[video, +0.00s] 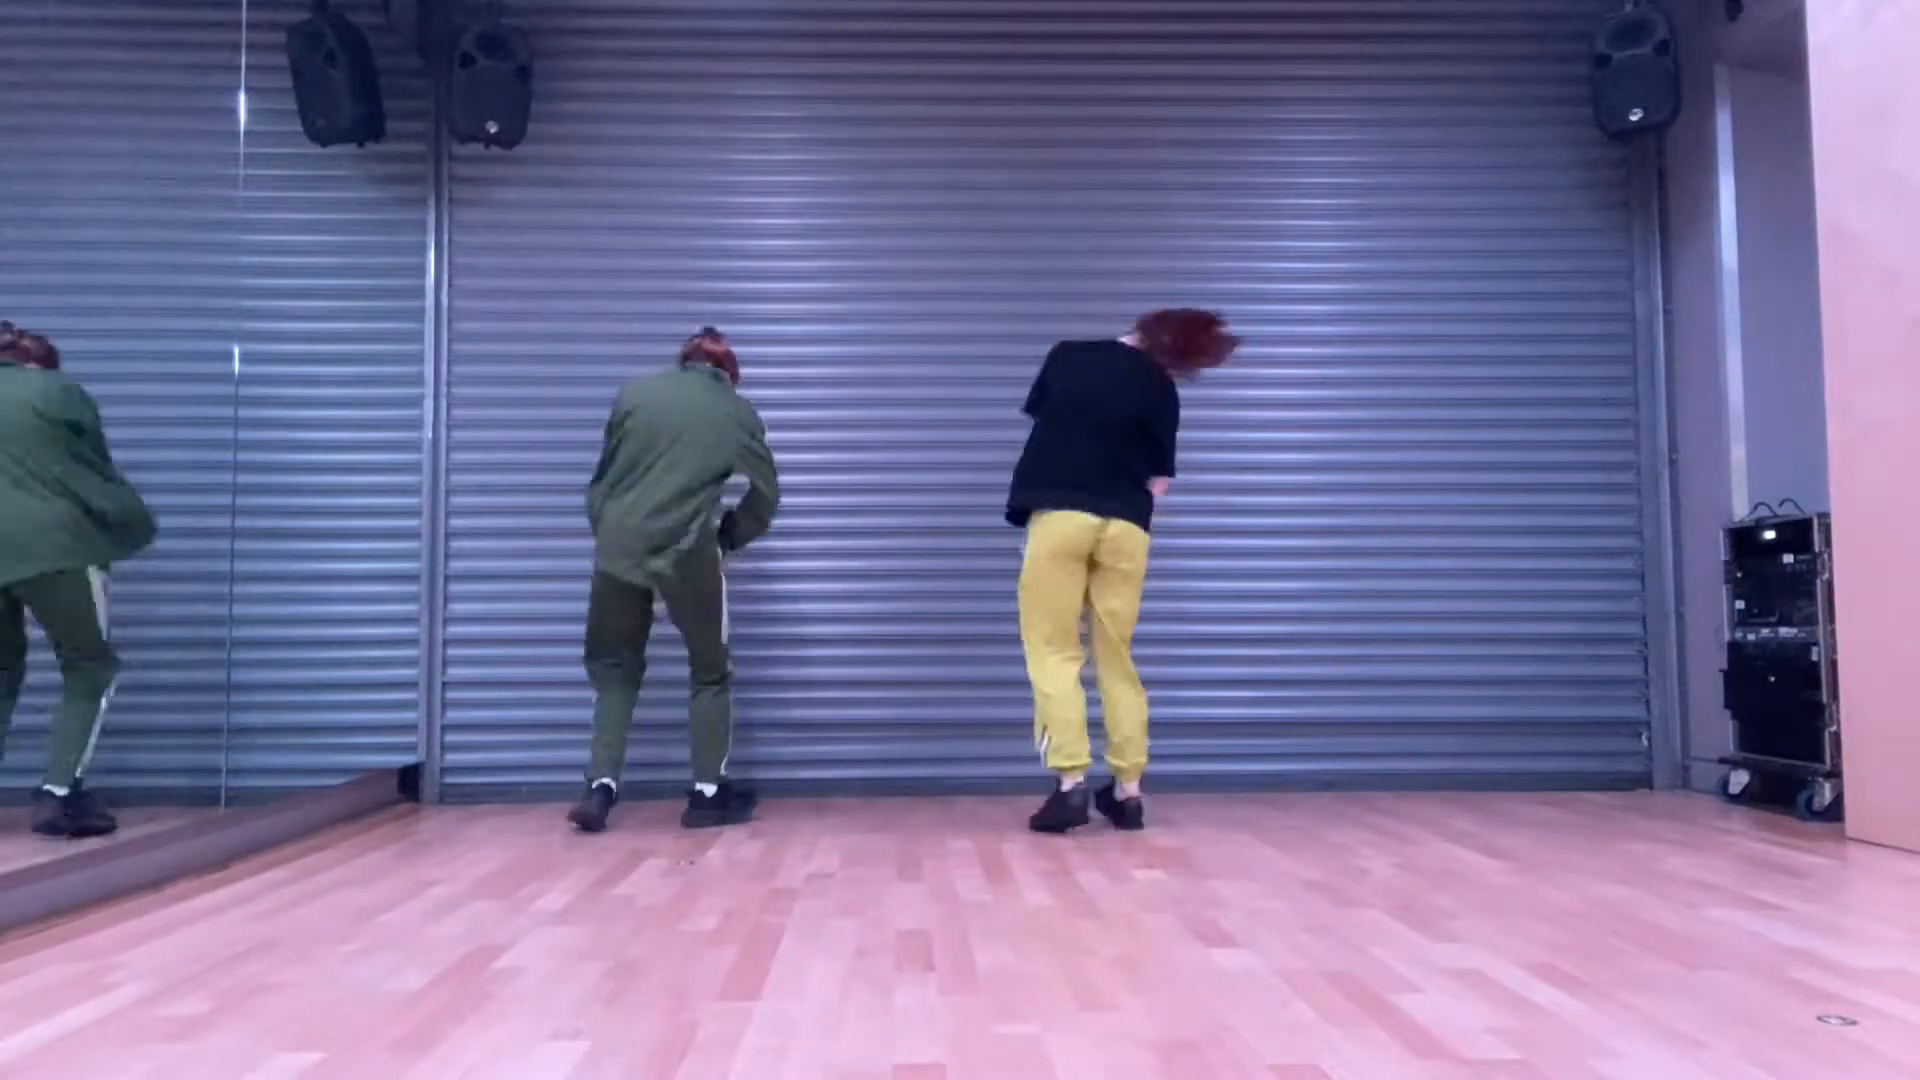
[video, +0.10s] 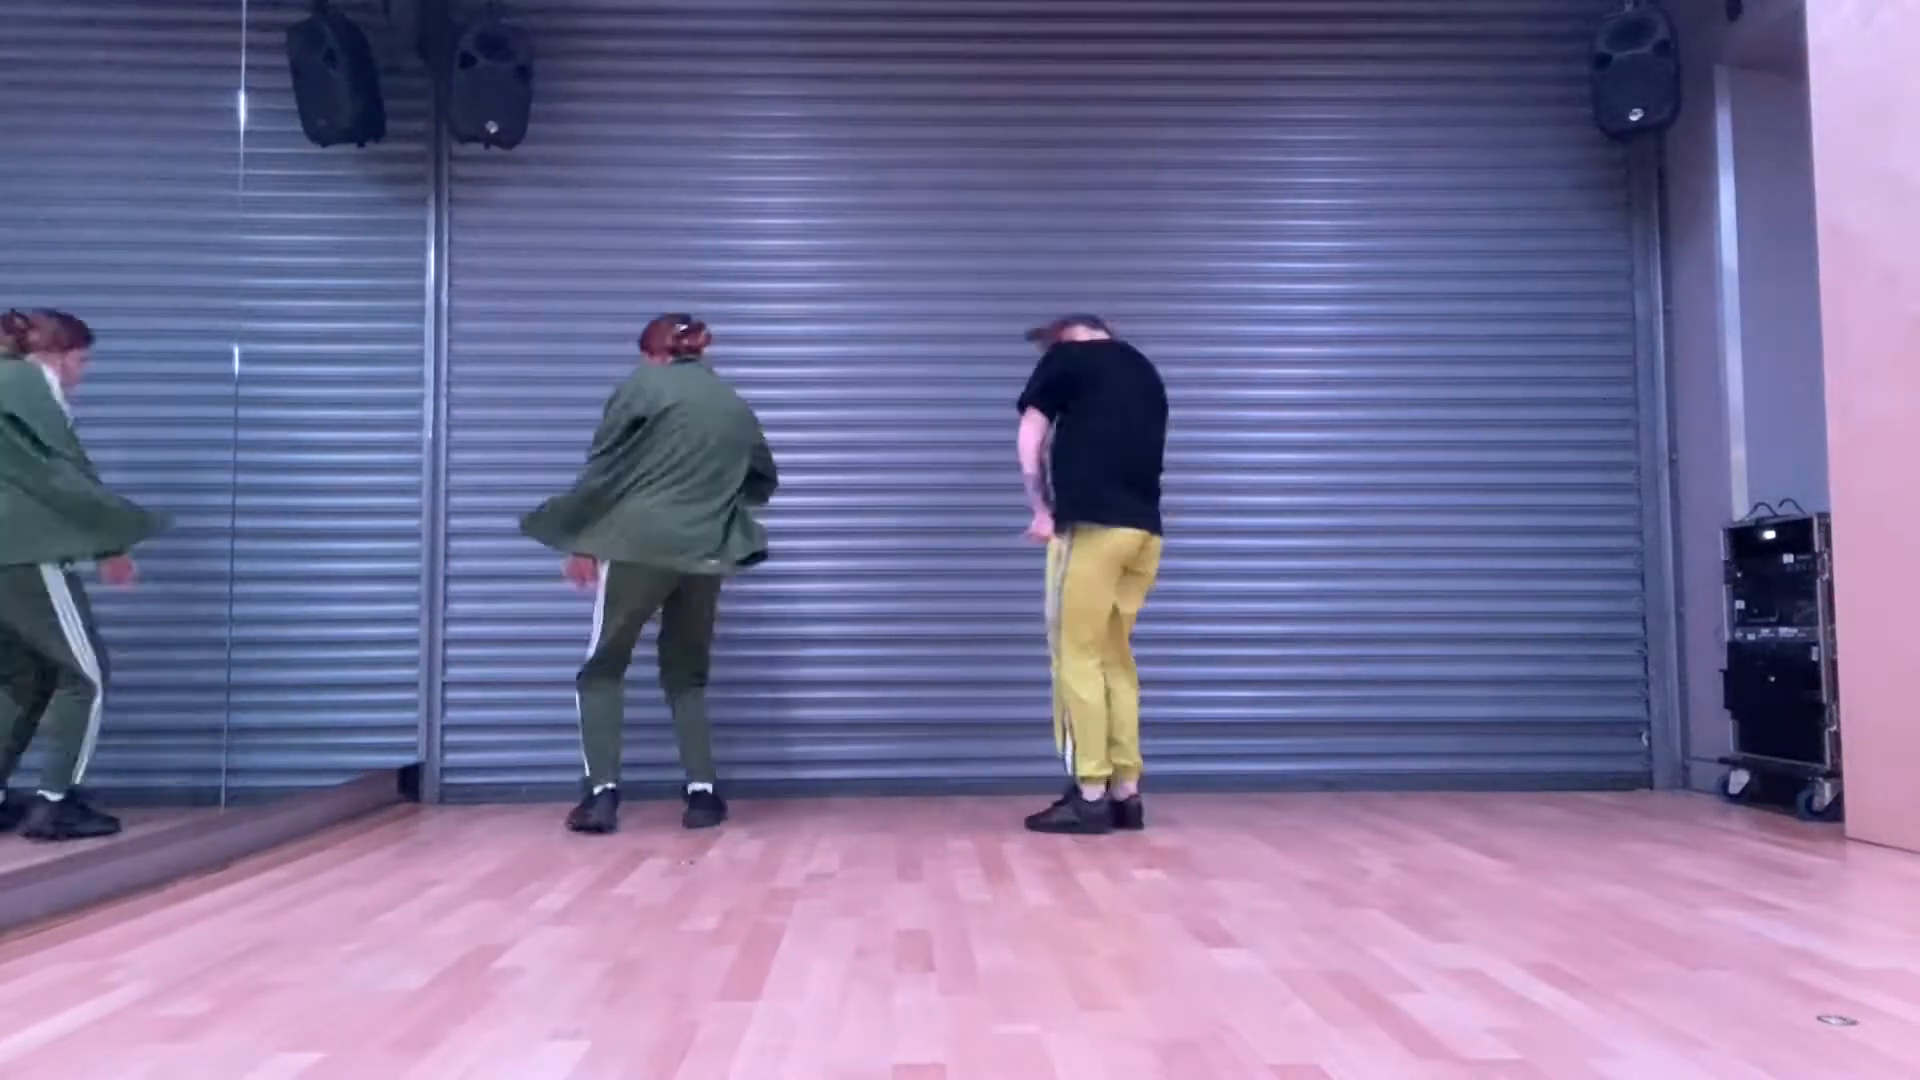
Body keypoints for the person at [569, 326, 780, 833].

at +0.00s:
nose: (734, 388)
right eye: (734, 380)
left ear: (683, 361)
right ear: (729, 375)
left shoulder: (636, 390)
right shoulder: (738, 412)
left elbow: (605, 469)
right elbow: (765, 496)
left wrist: (606, 519)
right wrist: (729, 536)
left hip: (617, 546)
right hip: (686, 553)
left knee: (614, 666)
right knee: (709, 672)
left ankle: (602, 784)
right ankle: (706, 792)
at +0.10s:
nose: (641, 363)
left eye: (643, 354)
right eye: (644, 355)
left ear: (655, 351)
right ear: (697, 349)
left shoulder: (644, 384)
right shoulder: (734, 405)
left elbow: (603, 468)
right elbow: (762, 481)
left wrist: (582, 543)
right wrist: (709, 497)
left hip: (638, 550)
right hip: (704, 557)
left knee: (603, 670)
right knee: (686, 675)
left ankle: (602, 793)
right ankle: (702, 790)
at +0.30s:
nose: (650, 327)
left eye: (662, 318)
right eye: (649, 318)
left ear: (694, 328)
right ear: (657, 329)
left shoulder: (693, 387)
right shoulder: (669, 386)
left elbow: (679, 478)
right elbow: (668, 480)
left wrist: (630, 530)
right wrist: (632, 528)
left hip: (685, 541)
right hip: (669, 539)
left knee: (625, 660)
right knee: (656, 668)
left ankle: (688, 781)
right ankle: (716, 772)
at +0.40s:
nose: (668, 336)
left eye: (680, 327)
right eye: (661, 327)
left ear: (702, 339)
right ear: (652, 338)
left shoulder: (713, 396)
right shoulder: (643, 403)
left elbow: (725, 475)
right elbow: (590, 465)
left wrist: (696, 547)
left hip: (689, 537)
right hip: (639, 535)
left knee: (647, 672)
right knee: (613, 675)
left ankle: (698, 798)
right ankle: (714, 743)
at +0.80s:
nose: (665, 360)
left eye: (675, 351)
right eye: (657, 351)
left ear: (695, 357)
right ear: (647, 357)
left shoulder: (723, 400)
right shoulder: (628, 396)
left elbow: (768, 465)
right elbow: (608, 445)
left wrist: (766, 540)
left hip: (705, 534)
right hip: (644, 534)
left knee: (682, 624)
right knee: (628, 674)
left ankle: (703, 708)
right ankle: (664, 777)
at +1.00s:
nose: (685, 366)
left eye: (694, 357)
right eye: (675, 356)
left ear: (710, 361)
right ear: (661, 361)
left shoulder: (732, 399)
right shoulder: (636, 409)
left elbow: (748, 461)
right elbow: (609, 477)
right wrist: (618, 539)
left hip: (730, 536)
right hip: (669, 539)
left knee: (740, 666)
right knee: (668, 664)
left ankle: (719, 761)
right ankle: (672, 771)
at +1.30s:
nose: (699, 363)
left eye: (708, 352)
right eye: (689, 353)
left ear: (726, 352)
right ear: (675, 355)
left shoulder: (752, 401)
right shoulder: (654, 412)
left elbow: (787, 475)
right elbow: (646, 483)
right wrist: (643, 521)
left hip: (743, 540)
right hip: (682, 545)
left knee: (745, 672)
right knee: (699, 673)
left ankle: (740, 757)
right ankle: (724, 784)